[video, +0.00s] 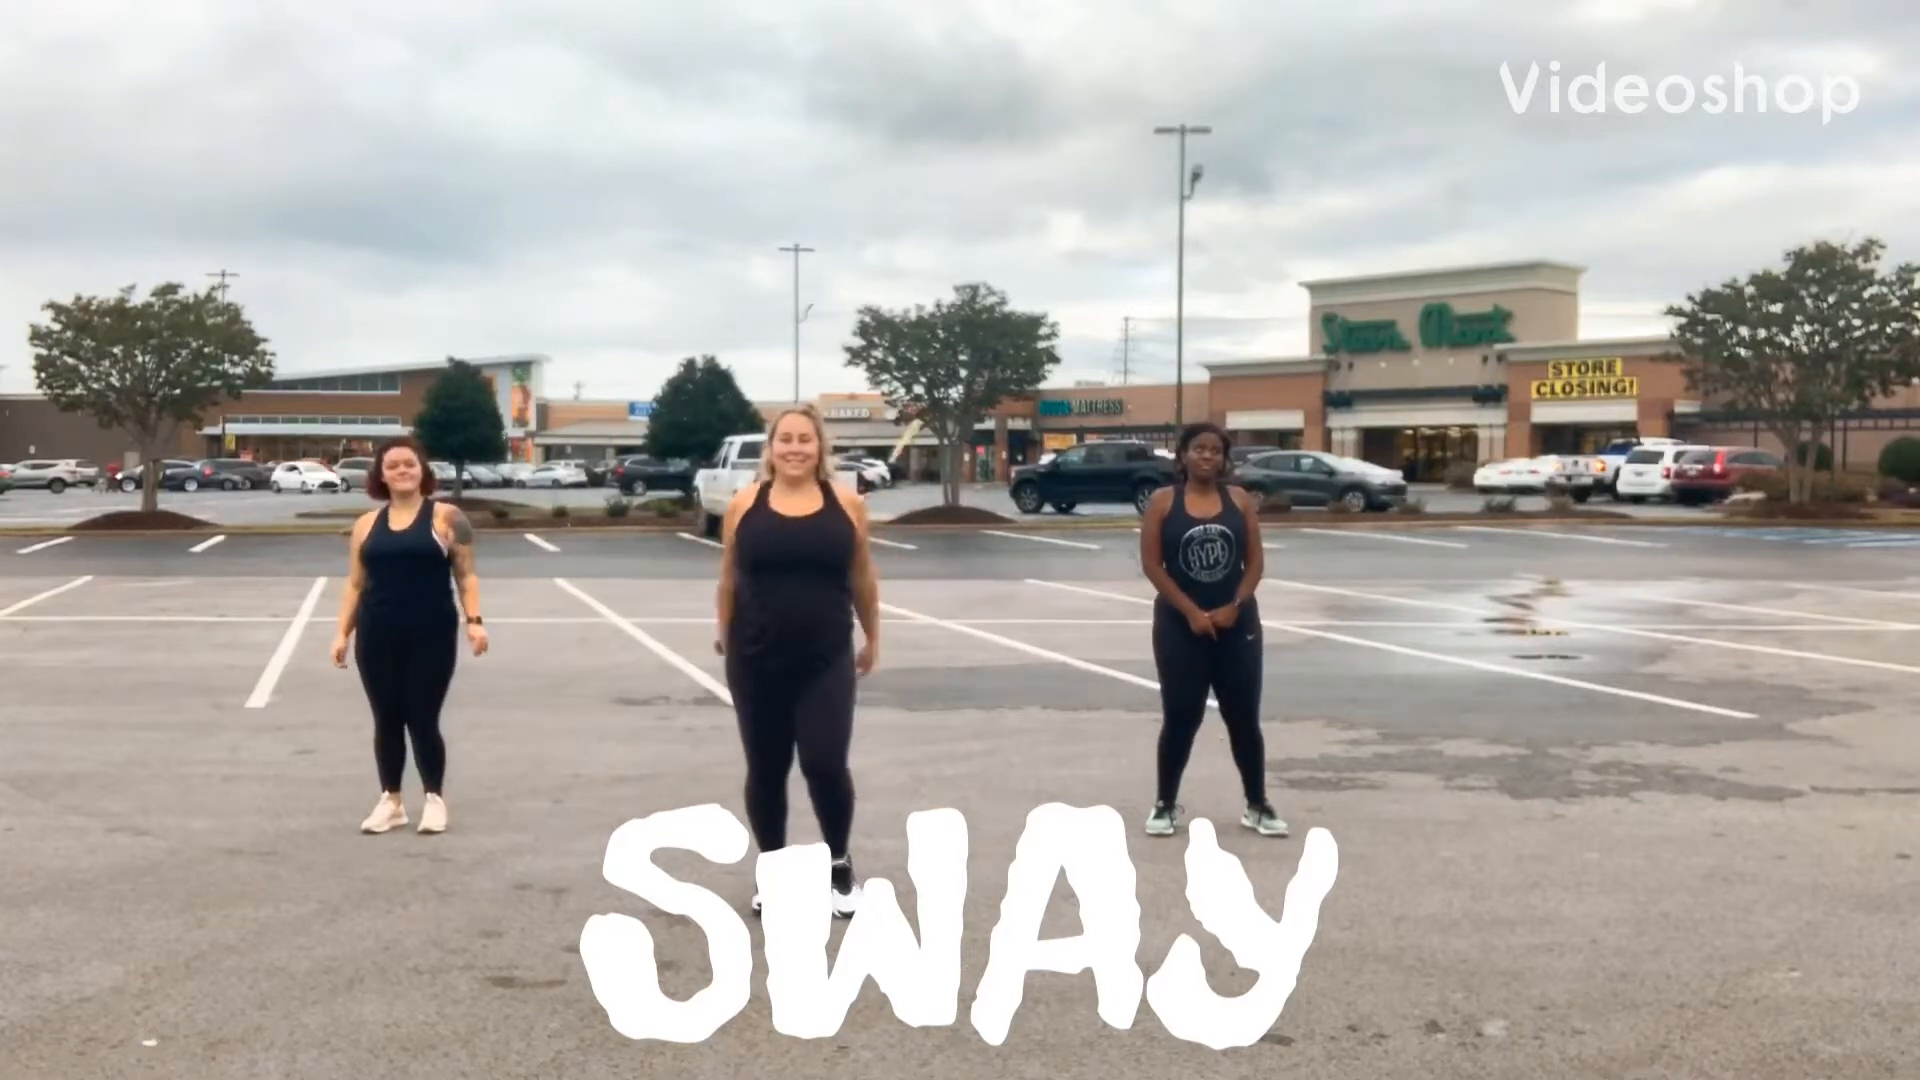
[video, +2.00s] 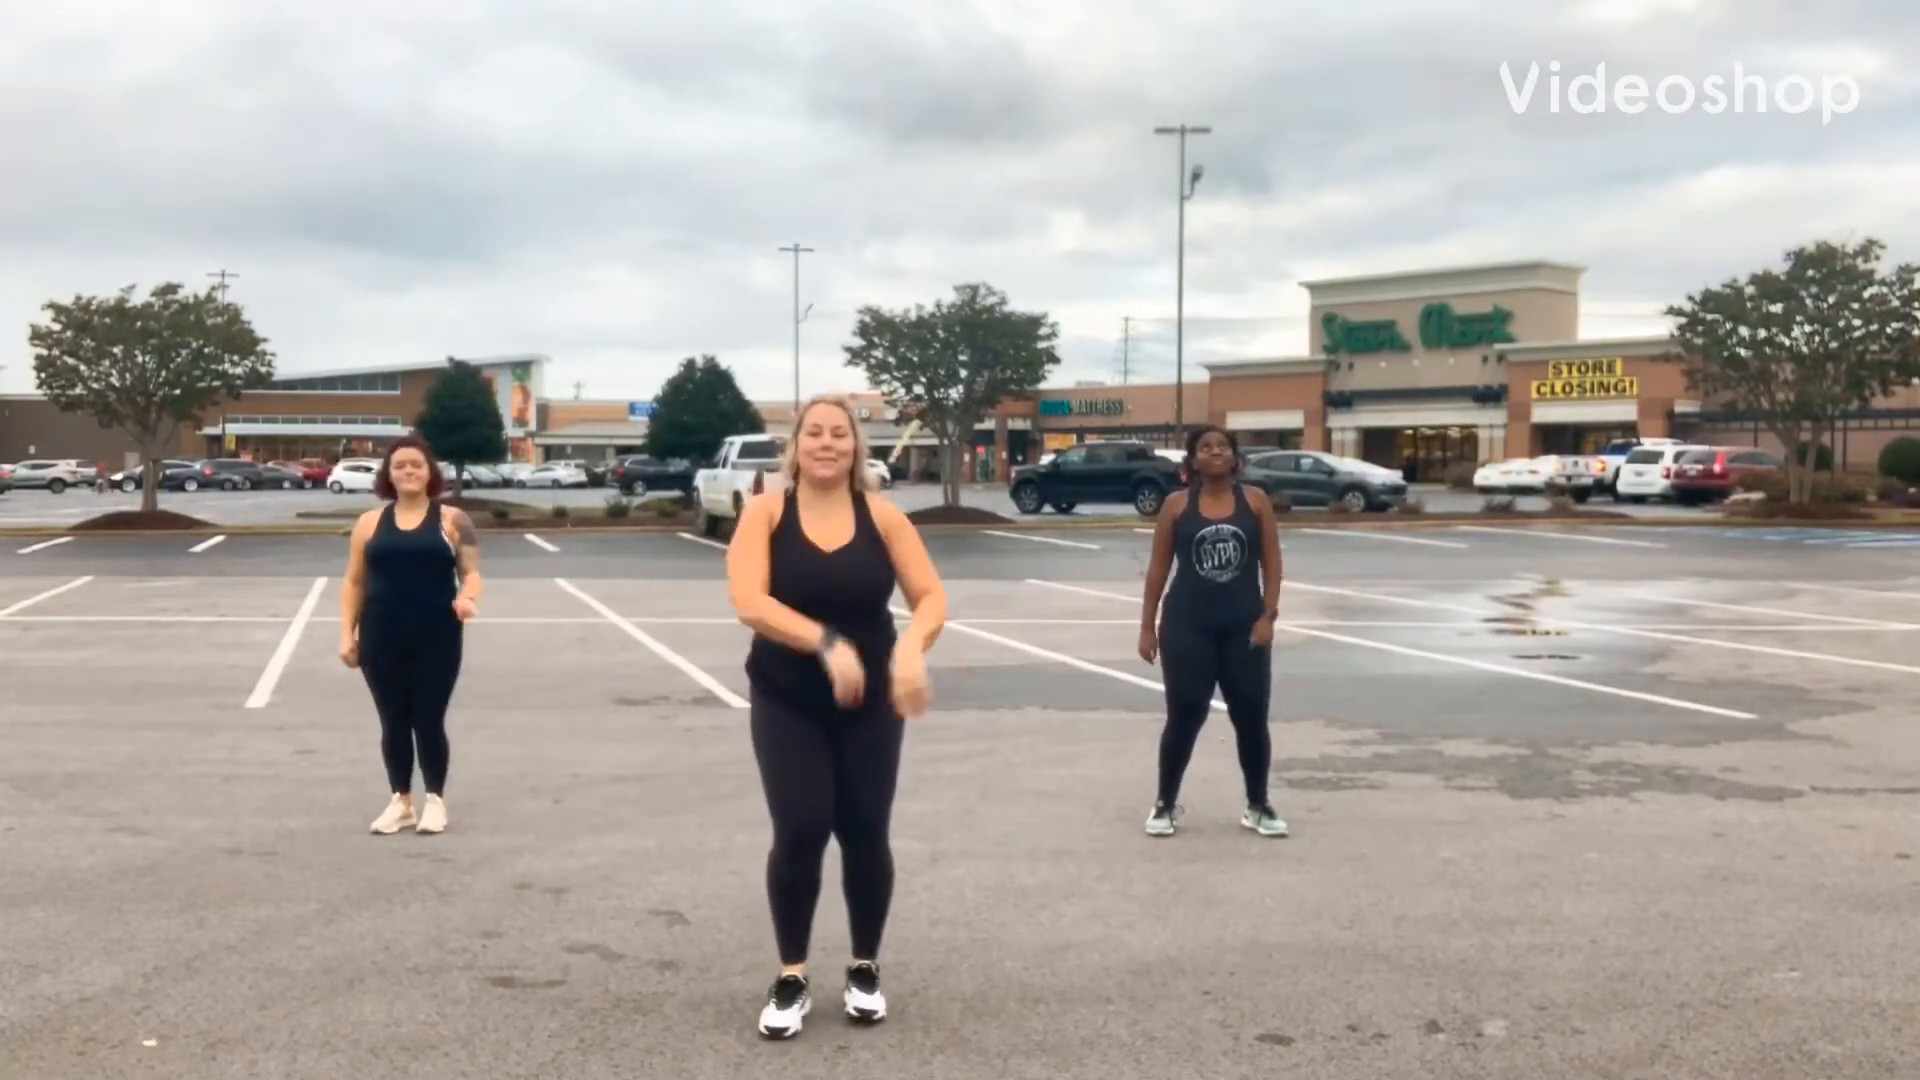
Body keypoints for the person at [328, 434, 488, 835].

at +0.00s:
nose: (402, 471)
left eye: (409, 464)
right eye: (393, 466)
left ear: (422, 470)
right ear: (382, 475)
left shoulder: (446, 518)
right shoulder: (366, 524)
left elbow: (465, 574)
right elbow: (355, 584)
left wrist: (474, 621)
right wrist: (343, 633)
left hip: (431, 635)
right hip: (377, 637)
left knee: (421, 719)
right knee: (387, 719)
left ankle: (433, 799)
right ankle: (391, 800)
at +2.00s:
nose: (408, 472)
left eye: (416, 464)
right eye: (400, 466)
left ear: (430, 471)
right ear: (389, 474)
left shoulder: (452, 520)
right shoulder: (369, 522)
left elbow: (470, 570)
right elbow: (353, 581)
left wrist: (467, 596)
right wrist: (348, 633)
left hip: (437, 636)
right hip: (382, 637)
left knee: (427, 719)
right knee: (394, 721)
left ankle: (434, 800)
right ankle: (401, 799)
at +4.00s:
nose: (415, 471)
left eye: (423, 464)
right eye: (407, 465)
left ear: (438, 472)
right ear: (396, 475)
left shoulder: (457, 518)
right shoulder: (375, 521)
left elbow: (471, 556)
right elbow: (333, 562)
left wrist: (436, 525)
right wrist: (351, 587)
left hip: (453, 636)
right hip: (397, 639)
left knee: (467, 712)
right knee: (402, 724)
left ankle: (499, 788)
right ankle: (406, 801)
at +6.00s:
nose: (346, 474)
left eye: (354, 467)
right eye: (337, 469)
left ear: (368, 475)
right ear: (327, 479)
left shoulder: (393, 519)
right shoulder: (312, 524)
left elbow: (420, 576)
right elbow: (305, 575)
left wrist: (421, 566)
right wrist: (283, 588)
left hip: (369, 638)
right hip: (312, 636)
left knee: (390, 724)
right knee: (302, 721)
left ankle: (426, 800)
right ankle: (302, 797)